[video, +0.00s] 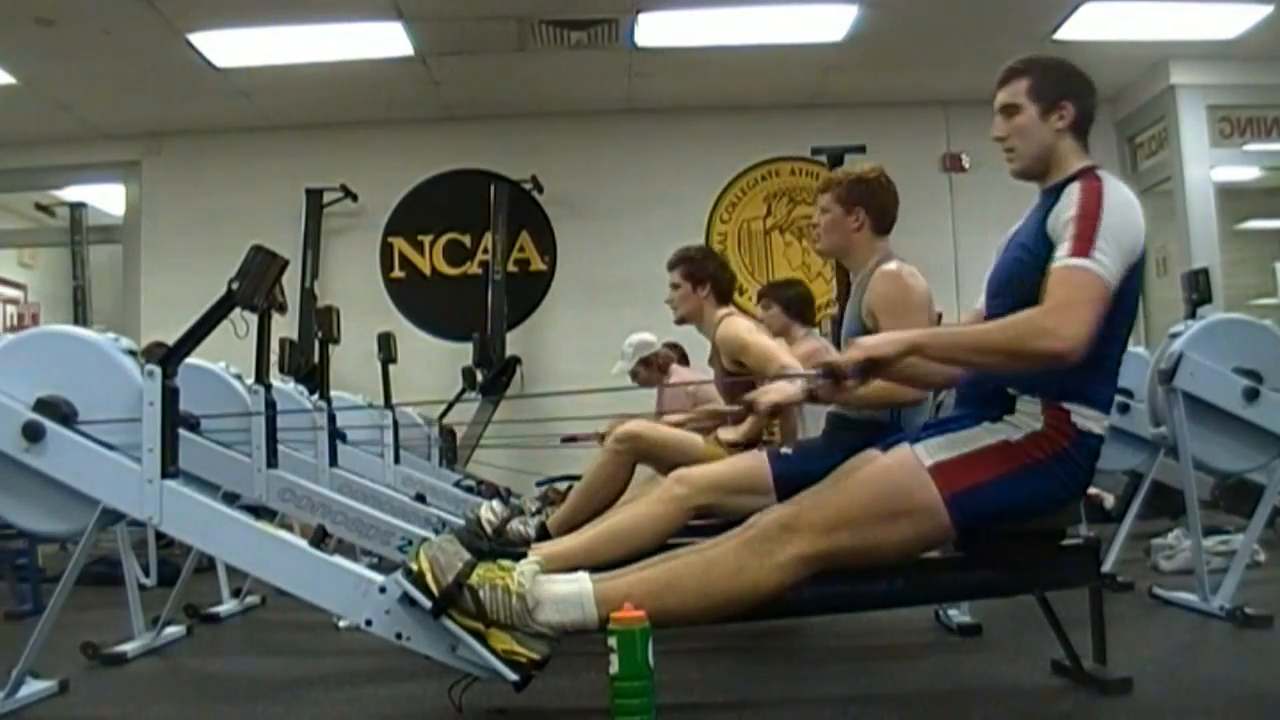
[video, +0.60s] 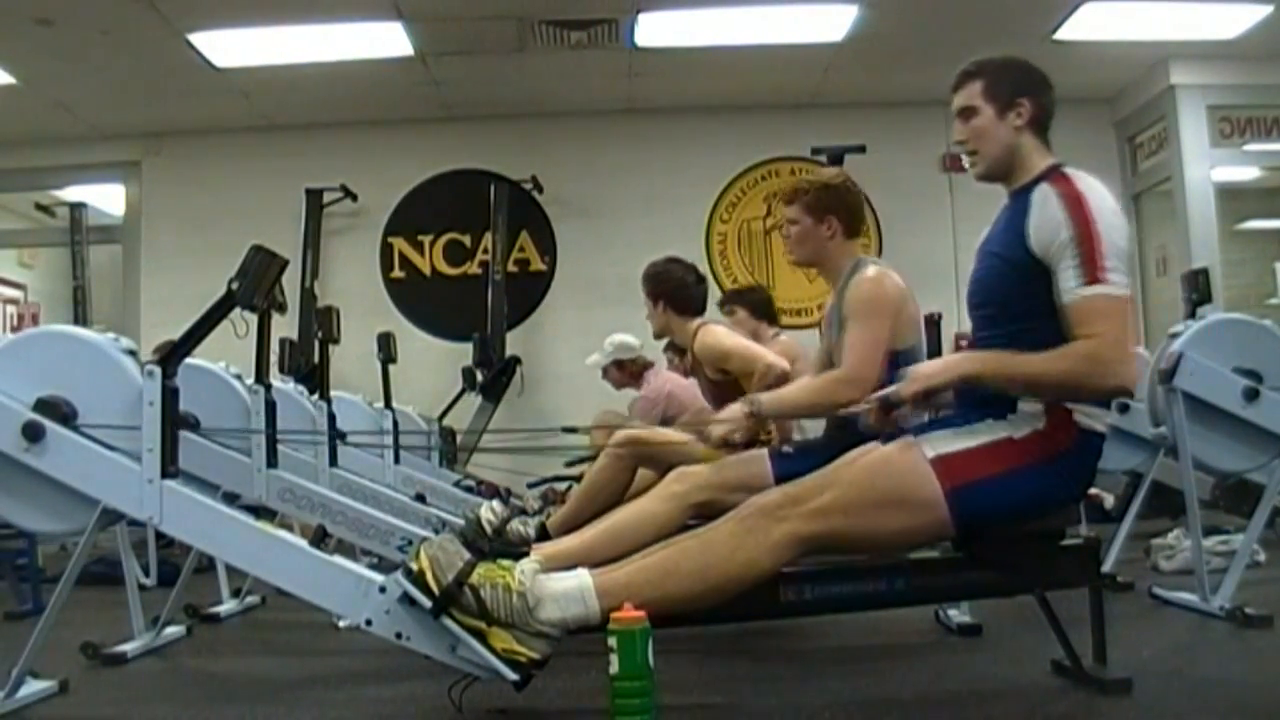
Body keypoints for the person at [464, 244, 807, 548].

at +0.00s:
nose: (670, 300)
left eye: (676, 289)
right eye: (670, 290)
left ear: (703, 290)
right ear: (702, 291)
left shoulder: (733, 331)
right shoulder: (722, 335)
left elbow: (795, 378)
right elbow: (756, 397)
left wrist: (743, 436)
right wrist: (708, 416)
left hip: (754, 461)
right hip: (736, 453)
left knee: (628, 437)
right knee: (623, 432)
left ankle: (549, 531)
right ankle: (555, 522)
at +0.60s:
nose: (647, 317)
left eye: (648, 305)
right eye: (647, 306)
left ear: (664, 305)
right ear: (684, 301)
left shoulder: (708, 340)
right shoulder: (697, 342)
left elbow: (772, 366)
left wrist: (743, 416)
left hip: (747, 450)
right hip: (735, 444)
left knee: (626, 443)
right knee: (620, 440)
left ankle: (549, 532)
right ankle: (554, 521)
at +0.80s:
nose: (658, 309)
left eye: (659, 300)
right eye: (659, 300)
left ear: (670, 302)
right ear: (690, 298)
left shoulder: (714, 336)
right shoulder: (700, 337)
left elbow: (769, 373)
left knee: (631, 441)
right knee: (626, 436)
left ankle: (549, 530)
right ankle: (556, 520)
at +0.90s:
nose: (663, 313)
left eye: (665, 301)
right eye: (664, 302)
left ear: (676, 299)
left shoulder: (718, 338)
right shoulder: (705, 339)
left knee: (625, 442)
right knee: (619, 431)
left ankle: (551, 528)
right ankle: (553, 521)